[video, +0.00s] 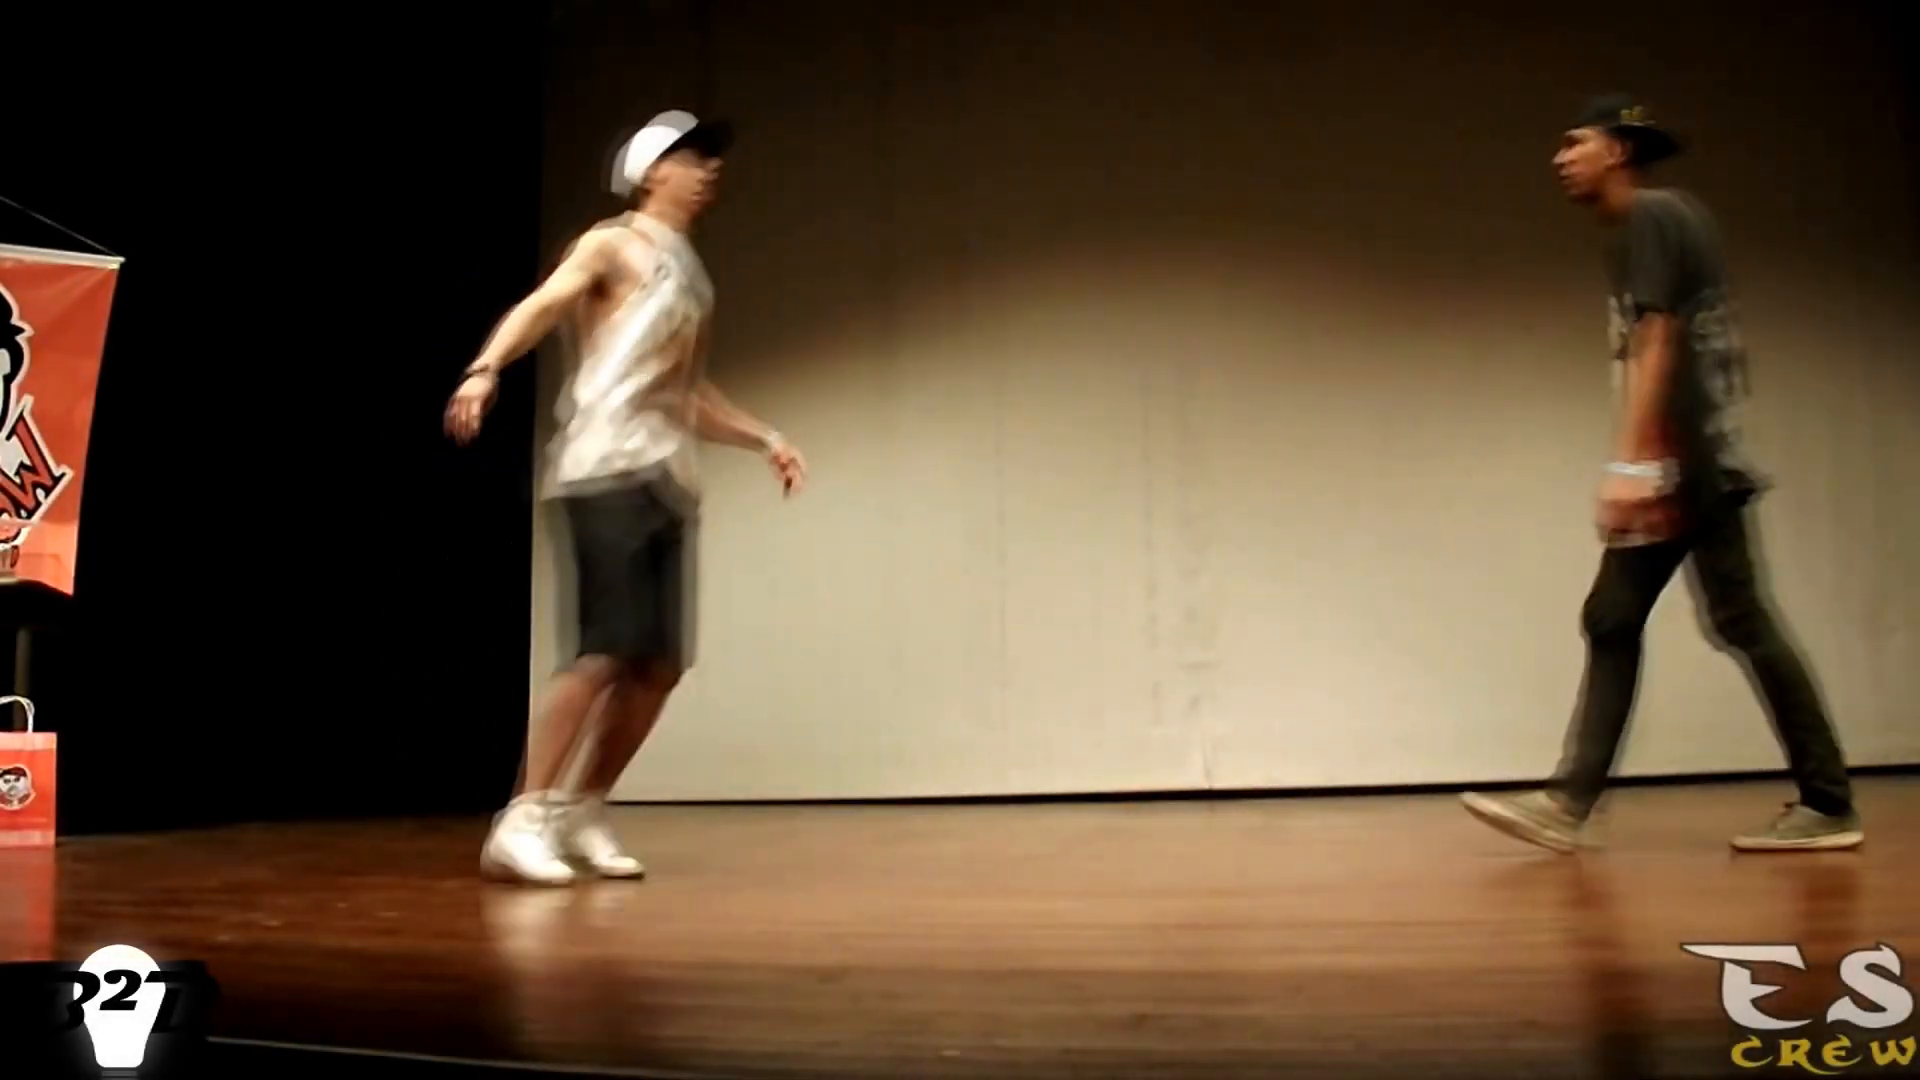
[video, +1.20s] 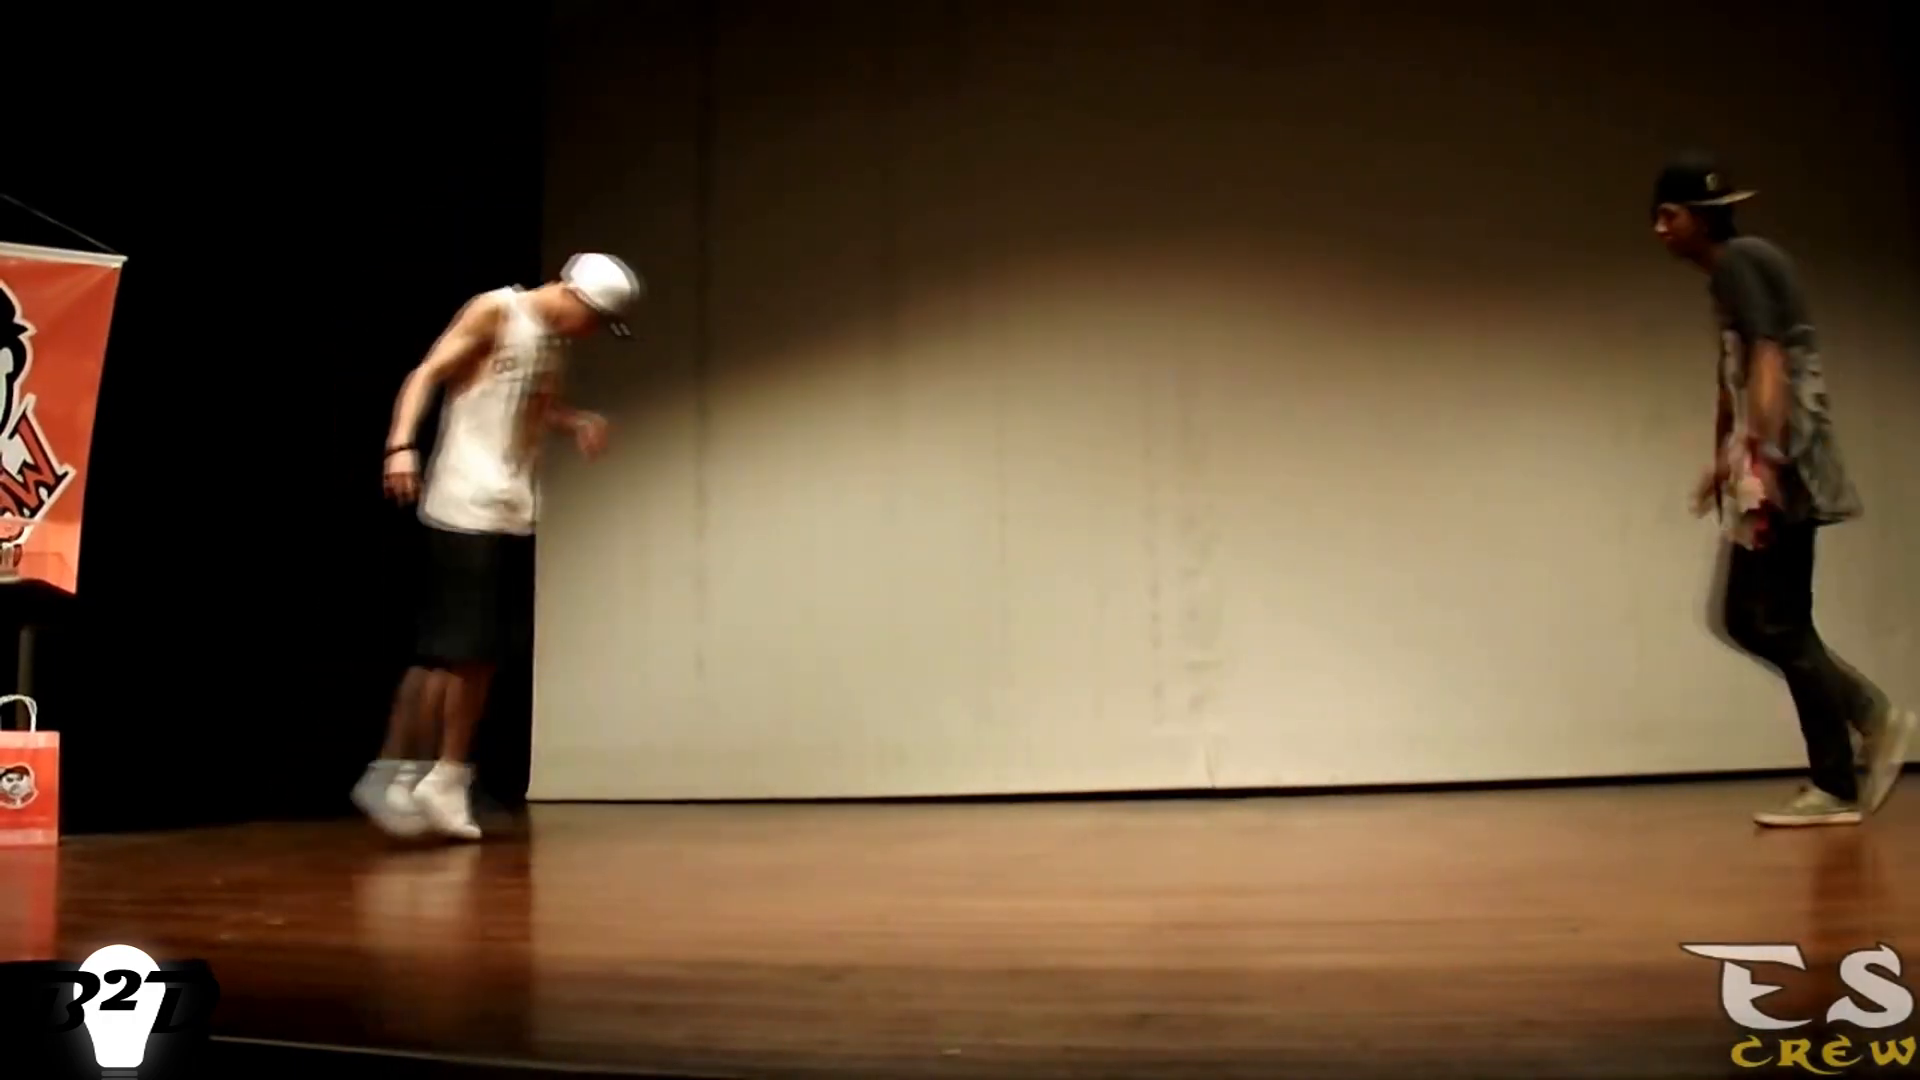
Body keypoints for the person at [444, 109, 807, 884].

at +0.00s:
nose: (710, 168)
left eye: (710, 158)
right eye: (692, 156)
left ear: (699, 179)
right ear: (649, 170)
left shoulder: (688, 273)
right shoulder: (614, 243)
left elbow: (686, 395)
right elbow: (543, 306)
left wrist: (765, 439)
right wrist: (484, 371)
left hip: (663, 477)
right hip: (603, 470)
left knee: (658, 662)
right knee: (606, 651)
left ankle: (581, 814)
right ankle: (524, 819)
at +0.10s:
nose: (675, 148)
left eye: (670, 138)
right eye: (658, 137)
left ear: (648, 160)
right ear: (621, 155)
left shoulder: (650, 262)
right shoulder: (579, 220)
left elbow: (647, 367)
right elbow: (511, 286)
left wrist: (721, 425)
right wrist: (478, 352)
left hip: (603, 470)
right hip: (539, 462)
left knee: (592, 644)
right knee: (527, 638)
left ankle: (576, 809)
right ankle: (522, 814)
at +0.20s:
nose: (645, 115)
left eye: (641, 105)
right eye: (626, 104)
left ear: (618, 126)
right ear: (587, 119)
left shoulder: (620, 218)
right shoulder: (545, 171)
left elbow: (591, 321)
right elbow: (478, 245)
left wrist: (652, 361)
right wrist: (465, 333)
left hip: (561, 416)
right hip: (491, 408)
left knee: (540, 599)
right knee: (476, 590)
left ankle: (544, 771)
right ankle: (483, 767)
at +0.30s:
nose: (598, 138)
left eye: (602, 128)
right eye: (586, 122)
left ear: (596, 142)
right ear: (546, 125)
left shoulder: (567, 227)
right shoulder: (491, 179)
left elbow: (547, 336)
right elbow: (430, 259)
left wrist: (610, 360)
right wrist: (435, 342)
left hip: (527, 428)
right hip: (462, 418)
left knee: (511, 606)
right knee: (442, 590)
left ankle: (466, 773)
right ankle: (406, 769)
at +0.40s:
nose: (549, 199)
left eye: (556, 186)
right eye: (541, 182)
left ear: (550, 192)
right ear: (503, 176)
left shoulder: (530, 279)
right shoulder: (442, 233)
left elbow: (506, 390)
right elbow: (388, 313)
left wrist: (577, 391)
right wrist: (398, 374)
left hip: (491, 471)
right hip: (424, 463)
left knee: (495, 641)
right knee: (400, 630)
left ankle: (408, 770)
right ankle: (319, 796)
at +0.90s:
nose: (533, 293)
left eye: (541, 285)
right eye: (532, 277)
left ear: (533, 276)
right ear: (507, 249)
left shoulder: (496, 319)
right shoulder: (428, 274)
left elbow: (472, 396)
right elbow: (357, 340)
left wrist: (526, 398)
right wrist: (355, 389)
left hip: (449, 503)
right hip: (385, 496)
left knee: (433, 646)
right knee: (354, 645)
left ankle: (411, 779)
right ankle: (304, 781)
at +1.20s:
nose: (589, 332)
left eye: (597, 326)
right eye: (592, 320)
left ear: (585, 311)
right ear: (573, 294)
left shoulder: (551, 340)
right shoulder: (495, 310)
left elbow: (534, 403)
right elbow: (425, 374)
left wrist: (576, 421)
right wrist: (400, 446)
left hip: (508, 515)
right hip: (460, 509)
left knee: (480, 656)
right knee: (442, 651)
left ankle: (445, 783)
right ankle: (390, 774)